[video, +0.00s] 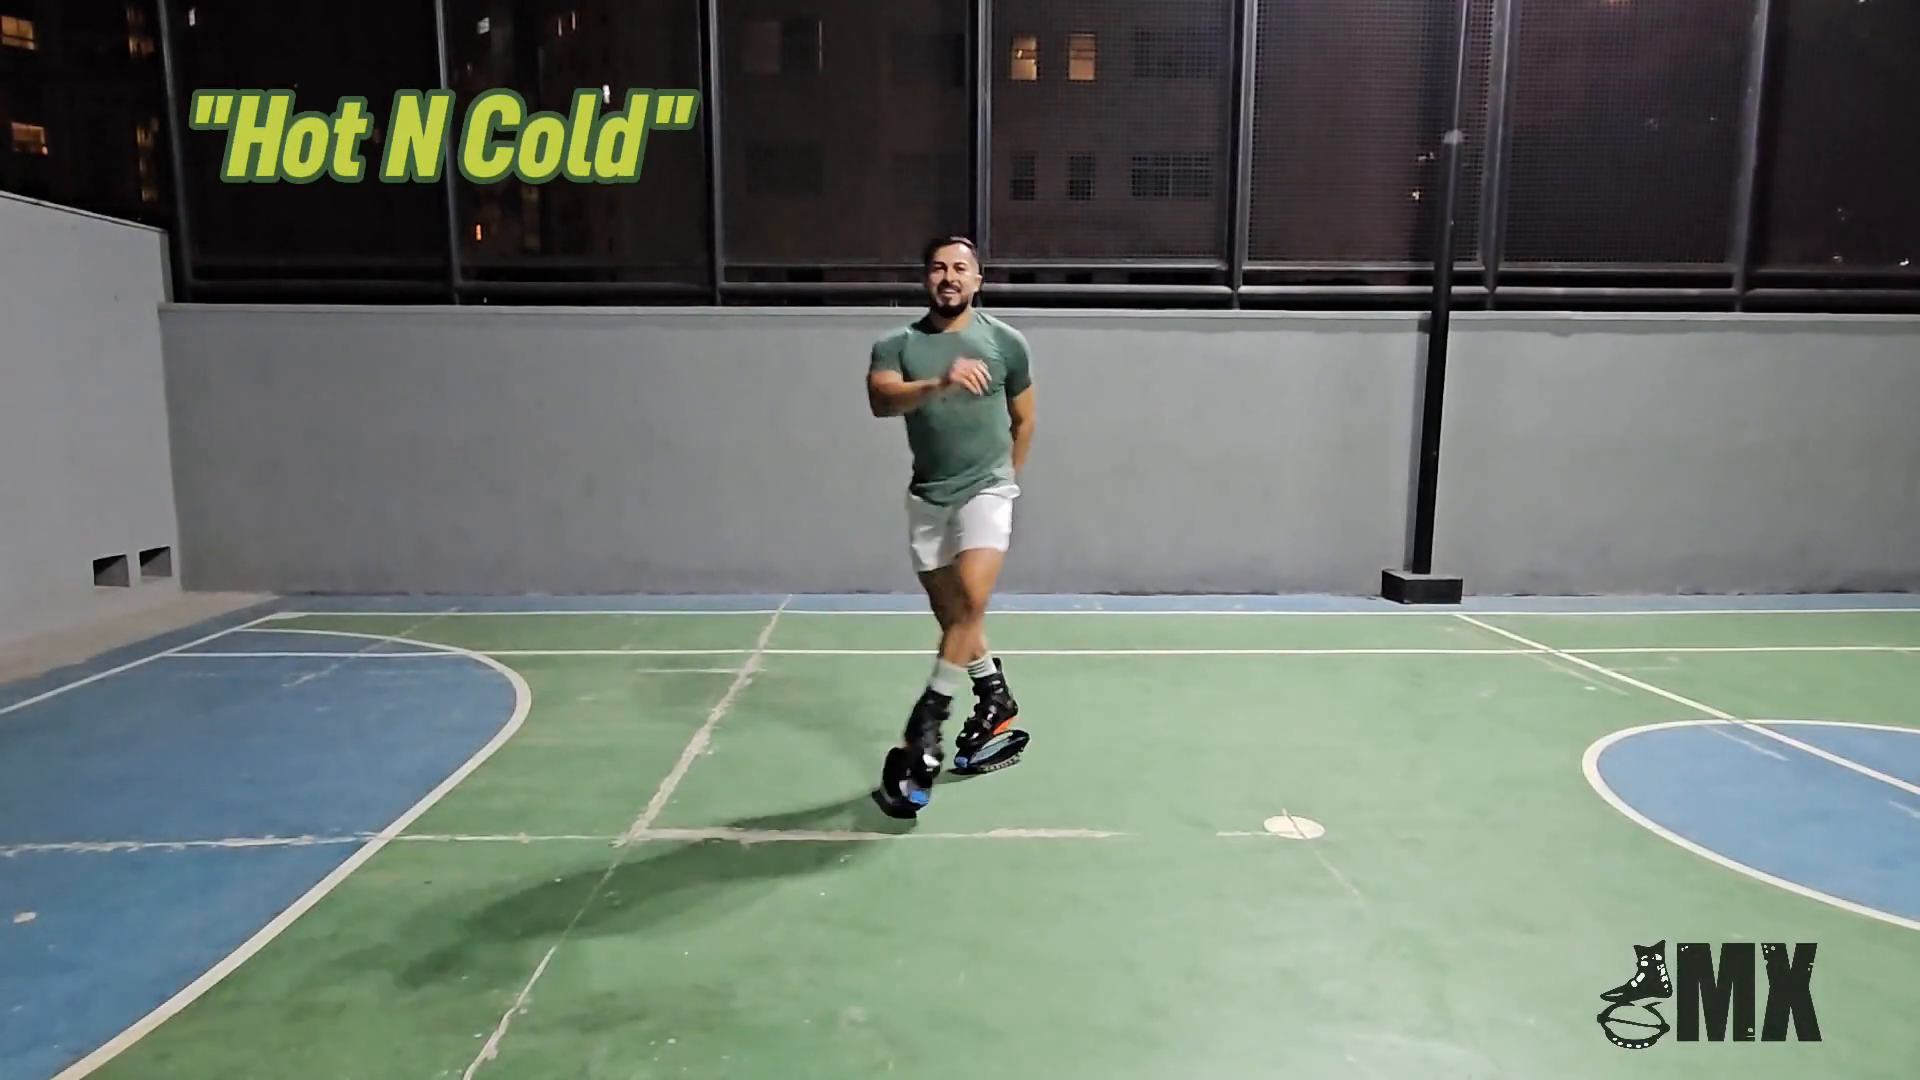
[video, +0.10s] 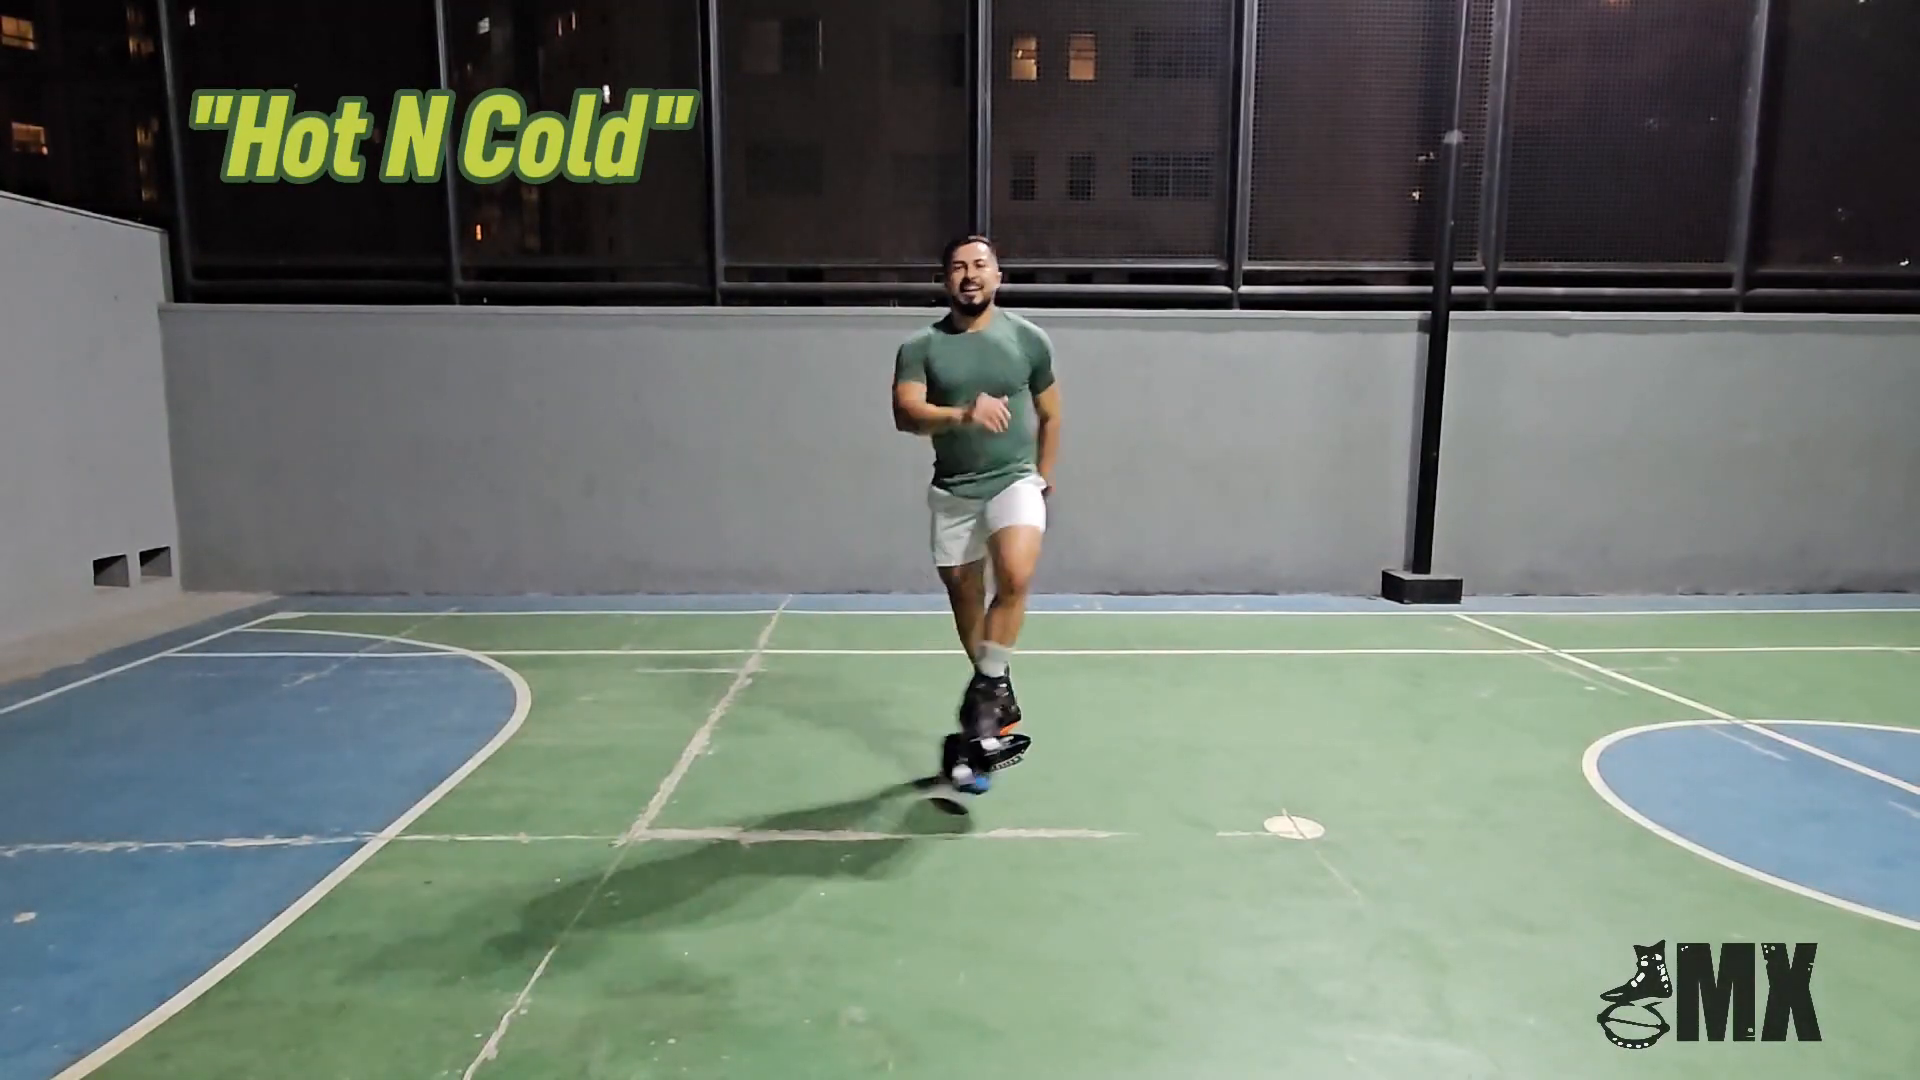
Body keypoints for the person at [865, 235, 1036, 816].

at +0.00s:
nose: (949, 276)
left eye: (961, 267)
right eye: (939, 268)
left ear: (978, 281)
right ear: (925, 281)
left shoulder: (1005, 343)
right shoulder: (897, 345)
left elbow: (1024, 420)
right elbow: (882, 402)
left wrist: (1005, 479)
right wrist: (938, 382)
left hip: (989, 489)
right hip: (929, 495)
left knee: (971, 597)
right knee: (949, 611)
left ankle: (927, 719)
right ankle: (996, 700)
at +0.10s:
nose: (970, 274)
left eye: (980, 264)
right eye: (959, 266)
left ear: (998, 276)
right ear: (946, 280)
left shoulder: (1029, 342)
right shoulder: (920, 348)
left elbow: (1049, 415)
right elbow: (907, 413)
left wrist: (1044, 477)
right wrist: (964, 413)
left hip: (1016, 482)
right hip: (954, 492)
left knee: (1015, 579)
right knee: (966, 602)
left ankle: (984, 689)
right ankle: (999, 695)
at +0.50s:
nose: (1059, 272)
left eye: (1067, 262)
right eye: (1047, 268)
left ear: (1086, 273)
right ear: (1036, 287)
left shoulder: (1122, 343)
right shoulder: (1012, 354)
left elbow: (1175, 412)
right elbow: (964, 414)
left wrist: (1233, 423)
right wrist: (905, 463)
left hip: (1111, 492)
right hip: (1042, 495)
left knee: (1128, 597)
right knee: (1011, 597)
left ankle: (1133, 712)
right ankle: (1006, 698)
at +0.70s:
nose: (1078, 253)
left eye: (1085, 241)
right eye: (1065, 248)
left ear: (1105, 249)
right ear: (1055, 265)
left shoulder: (1148, 312)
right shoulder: (1035, 329)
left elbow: (1182, 391)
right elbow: (1000, 397)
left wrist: (1187, 377)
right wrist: (968, 420)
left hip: (1126, 469)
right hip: (1061, 465)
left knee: (1133, 583)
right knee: (1048, 569)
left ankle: (1134, 695)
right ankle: (1049, 692)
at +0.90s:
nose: (1082, 277)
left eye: (1089, 265)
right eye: (1070, 272)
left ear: (1109, 271)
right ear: (1060, 285)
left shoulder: (1147, 338)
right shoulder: (1039, 352)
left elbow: (1160, 421)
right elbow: (1029, 432)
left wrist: (1114, 431)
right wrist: (1075, 429)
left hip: (1133, 490)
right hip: (1070, 495)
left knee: (1147, 598)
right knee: (1087, 600)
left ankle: (1141, 709)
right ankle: (1100, 726)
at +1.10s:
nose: (1061, 265)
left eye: (1069, 255)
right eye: (1049, 260)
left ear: (1090, 268)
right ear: (1037, 280)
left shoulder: (1131, 336)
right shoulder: (1015, 346)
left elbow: (1174, 402)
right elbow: (989, 426)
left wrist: (1167, 462)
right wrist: (1023, 414)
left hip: (1117, 485)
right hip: (1049, 483)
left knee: (1133, 594)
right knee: (1046, 584)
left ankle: (1137, 706)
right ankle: (1074, 713)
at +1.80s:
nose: (911, 273)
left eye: (922, 263)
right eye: (902, 264)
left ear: (943, 272)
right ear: (890, 274)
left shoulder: (969, 338)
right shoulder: (858, 341)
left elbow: (981, 401)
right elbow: (828, 418)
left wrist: (933, 427)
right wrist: (822, 489)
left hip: (941, 487)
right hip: (881, 487)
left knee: (938, 603)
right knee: (903, 599)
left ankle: (880, 691)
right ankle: (939, 726)